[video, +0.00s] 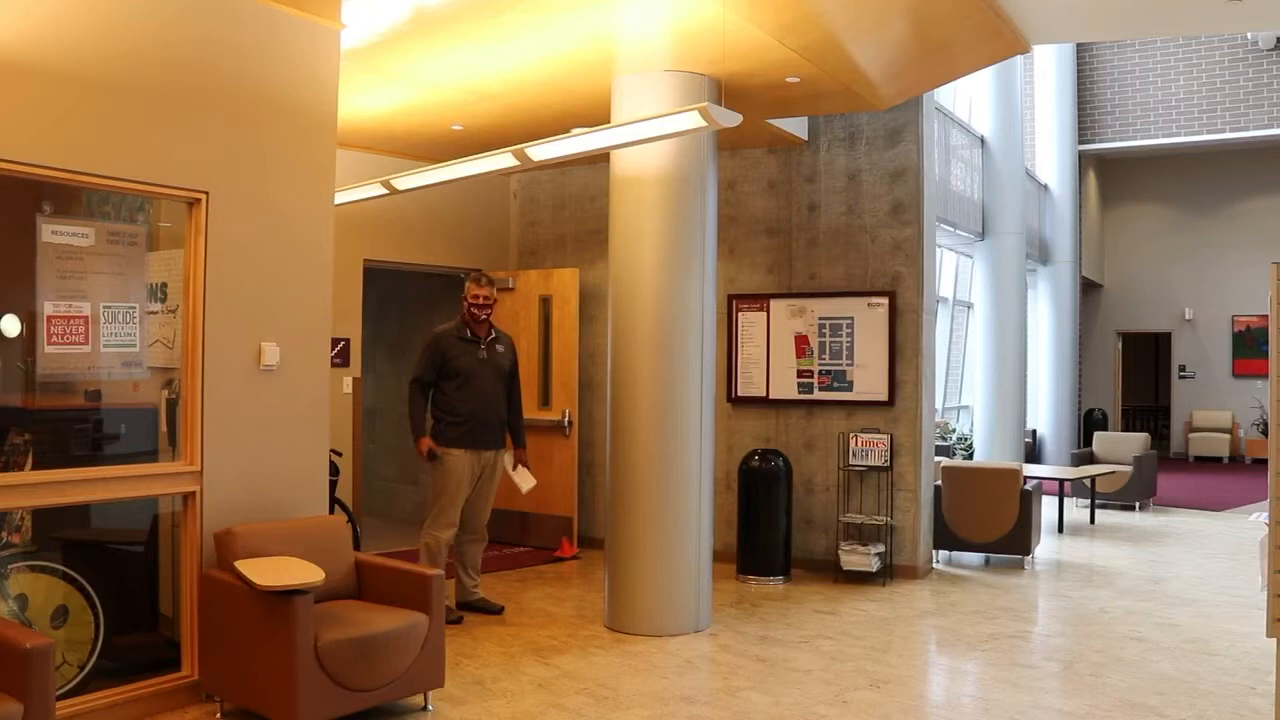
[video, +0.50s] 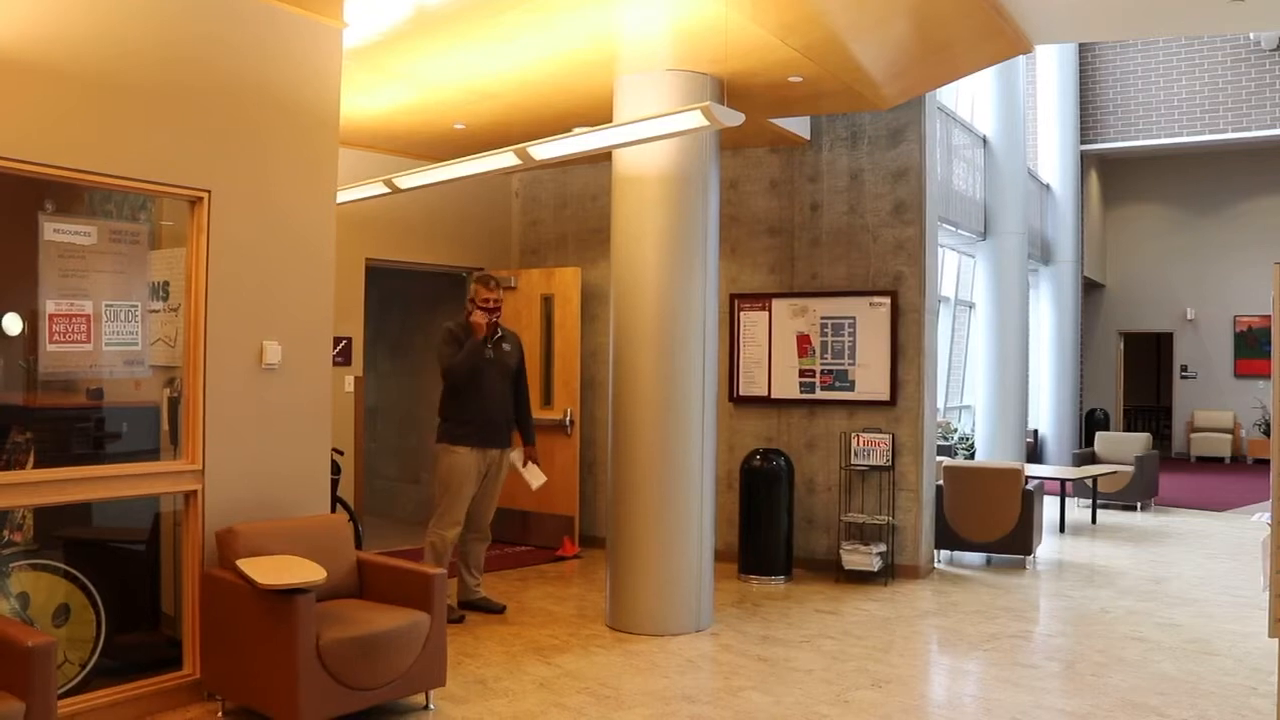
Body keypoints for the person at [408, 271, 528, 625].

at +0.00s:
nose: (480, 305)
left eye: (487, 299)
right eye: (475, 298)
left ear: (495, 303)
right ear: (464, 300)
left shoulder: (504, 343)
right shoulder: (442, 340)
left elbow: (513, 397)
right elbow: (419, 387)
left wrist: (519, 445)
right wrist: (421, 433)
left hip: (492, 449)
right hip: (452, 448)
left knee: (475, 529)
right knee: (441, 529)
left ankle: (470, 594)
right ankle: (434, 602)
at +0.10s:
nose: (482, 305)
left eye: (488, 300)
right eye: (476, 299)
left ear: (497, 303)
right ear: (465, 300)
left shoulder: (505, 344)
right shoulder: (443, 340)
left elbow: (514, 398)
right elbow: (420, 386)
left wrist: (520, 444)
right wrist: (427, 426)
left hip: (493, 448)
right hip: (454, 447)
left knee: (476, 529)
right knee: (442, 528)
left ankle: (470, 594)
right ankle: (435, 602)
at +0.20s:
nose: (484, 306)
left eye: (491, 301)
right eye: (478, 299)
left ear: (498, 304)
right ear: (467, 300)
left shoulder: (507, 343)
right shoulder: (445, 339)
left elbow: (514, 398)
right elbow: (421, 386)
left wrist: (521, 444)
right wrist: (444, 402)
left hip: (495, 448)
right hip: (456, 447)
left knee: (477, 528)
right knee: (443, 528)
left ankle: (470, 593)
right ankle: (436, 602)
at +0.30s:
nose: (486, 306)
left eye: (492, 302)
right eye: (480, 300)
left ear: (500, 305)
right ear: (468, 301)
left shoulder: (508, 342)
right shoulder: (447, 338)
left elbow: (516, 397)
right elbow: (427, 388)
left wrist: (524, 444)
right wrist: (461, 373)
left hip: (496, 447)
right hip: (457, 446)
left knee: (478, 528)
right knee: (445, 527)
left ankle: (470, 593)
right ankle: (435, 600)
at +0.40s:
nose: (490, 307)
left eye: (495, 302)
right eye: (484, 302)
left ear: (501, 304)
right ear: (470, 302)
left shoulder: (509, 341)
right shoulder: (451, 336)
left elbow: (519, 396)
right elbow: (442, 381)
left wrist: (526, 444)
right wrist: (470, 347)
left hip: (497, 447)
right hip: (458, 445)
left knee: (479, 528)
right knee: (446, 527)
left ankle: (470, 593)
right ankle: (435, 600)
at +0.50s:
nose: (492, 308)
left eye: (496, 303)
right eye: (486, 302)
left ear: (503, 303)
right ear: (471, 302)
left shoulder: (511, 340)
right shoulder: (454, 333)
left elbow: (520, 395)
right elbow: (452, 376)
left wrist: (529, 442)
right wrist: (477, 337)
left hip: (498, 446)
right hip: (459, 444)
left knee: (479, 528)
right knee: (446, 526)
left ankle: (471, 593)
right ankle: (435, 600)